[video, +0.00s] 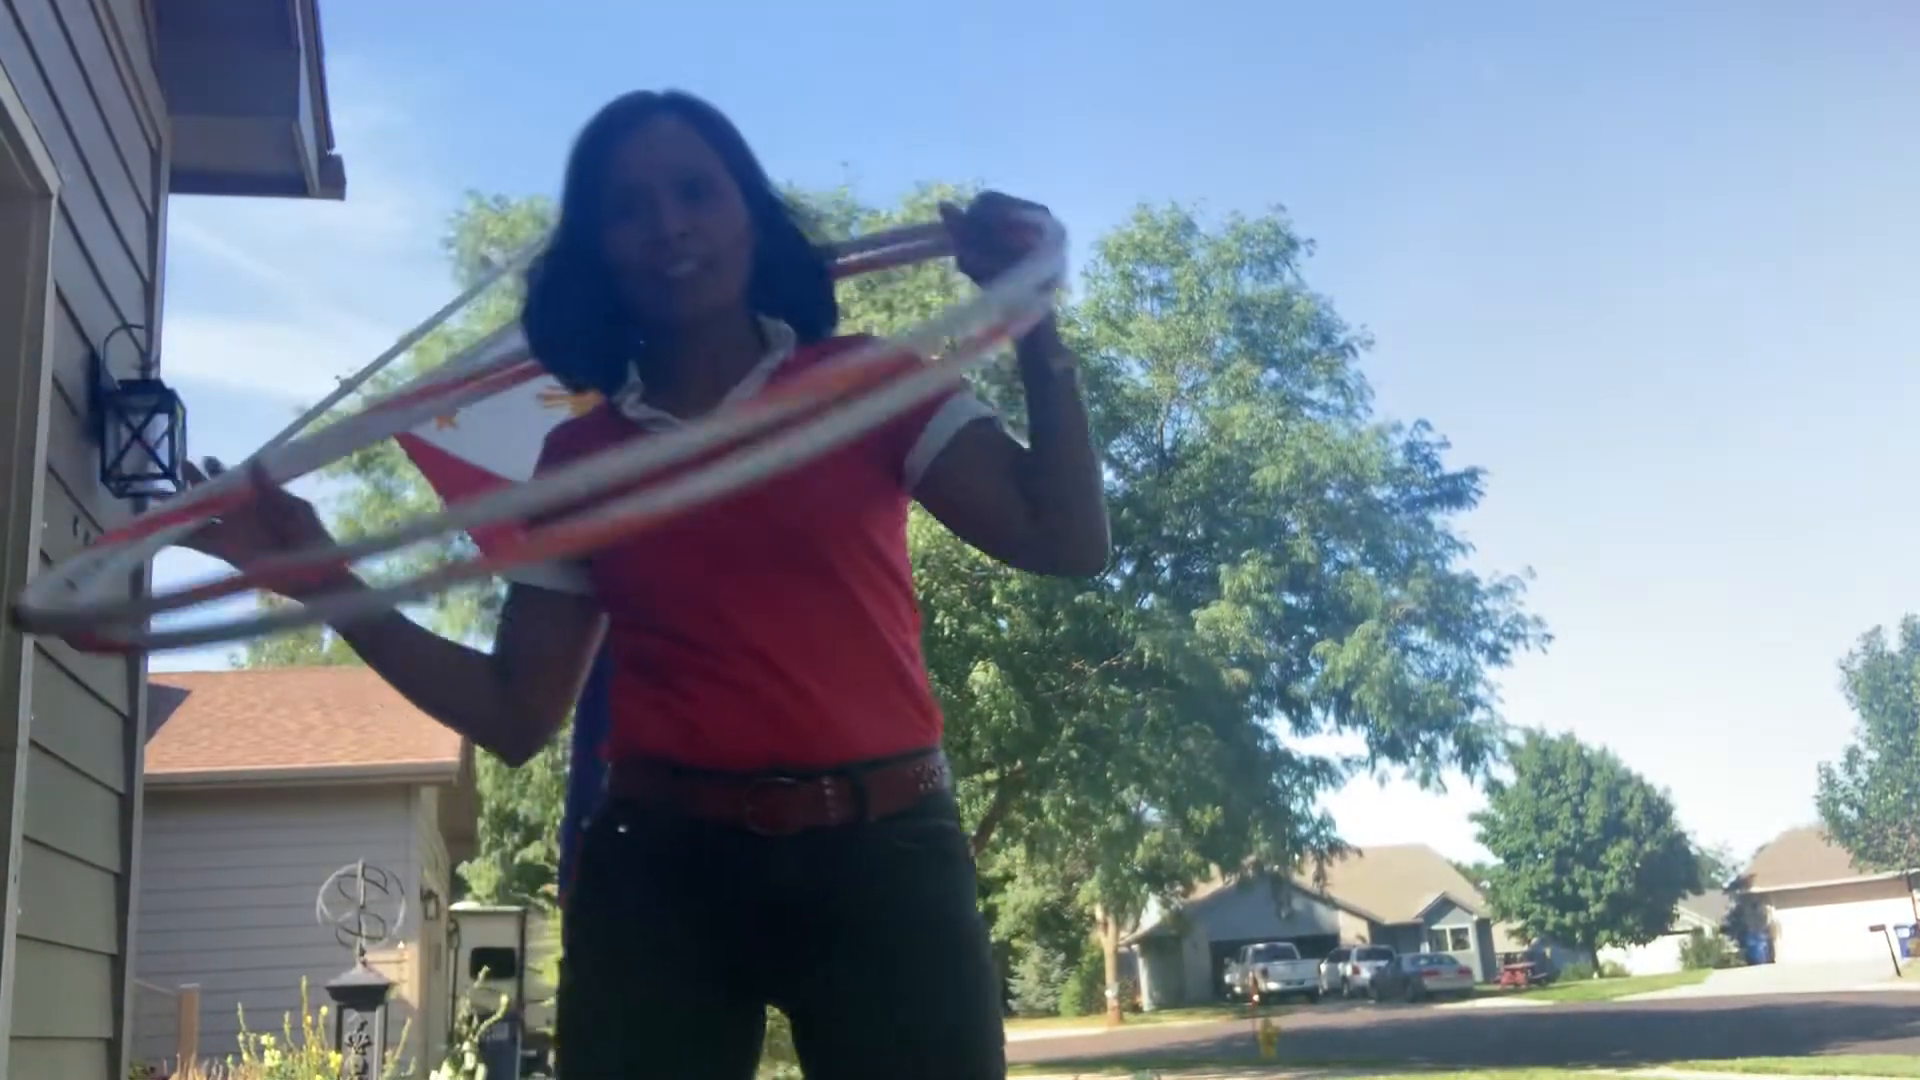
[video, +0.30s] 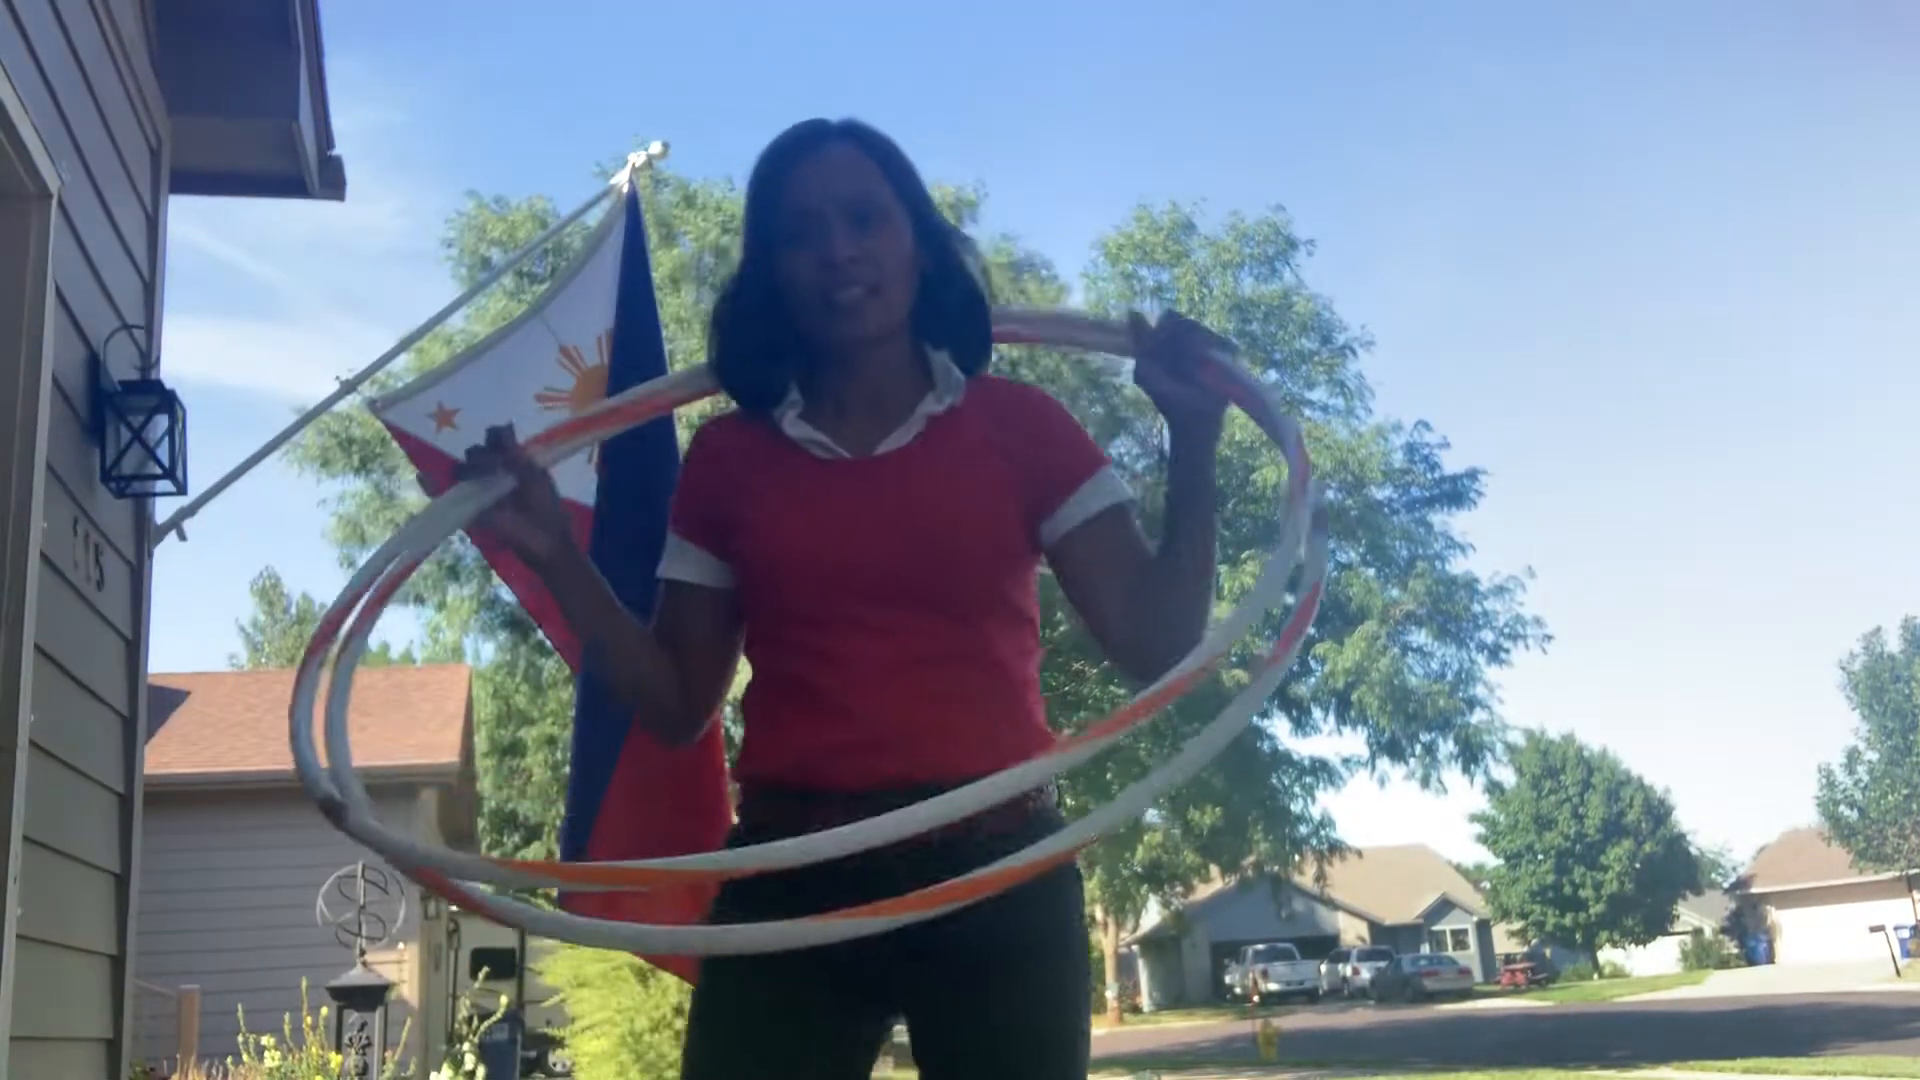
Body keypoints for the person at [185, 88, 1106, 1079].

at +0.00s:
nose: (669, 227)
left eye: (696, 191)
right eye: (627, 208)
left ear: (753, 214)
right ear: (596, 254)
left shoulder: (862, 380)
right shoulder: (588, 456)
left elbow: (1067, 537)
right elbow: (515, 713)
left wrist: (1033, 317)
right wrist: (326, 582)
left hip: (885, 848)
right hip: (660, 852)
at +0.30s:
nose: (837, 252)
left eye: (865, 218)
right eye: (802, 231)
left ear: (920, 242)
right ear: (768, 272)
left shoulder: (1016, 424)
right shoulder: (732, 455)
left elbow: (1152, 642)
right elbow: (677, 700)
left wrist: (1193, 442)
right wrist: (555, 553)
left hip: (998, 863)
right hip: (791, 874)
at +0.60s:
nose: (904, 253)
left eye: (933, 228)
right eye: (872, 235)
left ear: (983, 260)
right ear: (838, 274)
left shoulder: (1056, 447)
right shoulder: (771, 450)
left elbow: (1159, 671)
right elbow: (698, 681)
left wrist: (1224, 460)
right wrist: (589, 520)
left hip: (1011, 870)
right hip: (814, 874)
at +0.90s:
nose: (884, 244)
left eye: (914, 219)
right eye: (851, 226)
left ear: (963, 255)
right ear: (816, 269)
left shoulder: (1038, 440)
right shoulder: (754, 447)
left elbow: (1150, 671)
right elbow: (670, 696)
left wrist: (1190, 444)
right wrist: (565, 513)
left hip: (996, 866)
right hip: (794, 867)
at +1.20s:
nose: (869, 249)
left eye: (898, 221)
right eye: (835, 230)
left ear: (952, 253)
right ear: (802, 274)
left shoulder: (1038, 433)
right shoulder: (753, 458)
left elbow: (1155, 666)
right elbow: (694, 699)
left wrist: (1180, 443)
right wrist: (573, 539)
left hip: (1007, 865)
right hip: (806, 872)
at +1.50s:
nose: (778, 250)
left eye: (810, 220)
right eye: (750, 232)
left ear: (877, 249)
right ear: (726, 279)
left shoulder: (965, 408)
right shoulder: (711, 474)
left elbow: (1078, 632)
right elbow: (700, 731)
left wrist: (1018, 396)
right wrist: (565, 583)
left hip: (972, 860)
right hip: (771, 869)